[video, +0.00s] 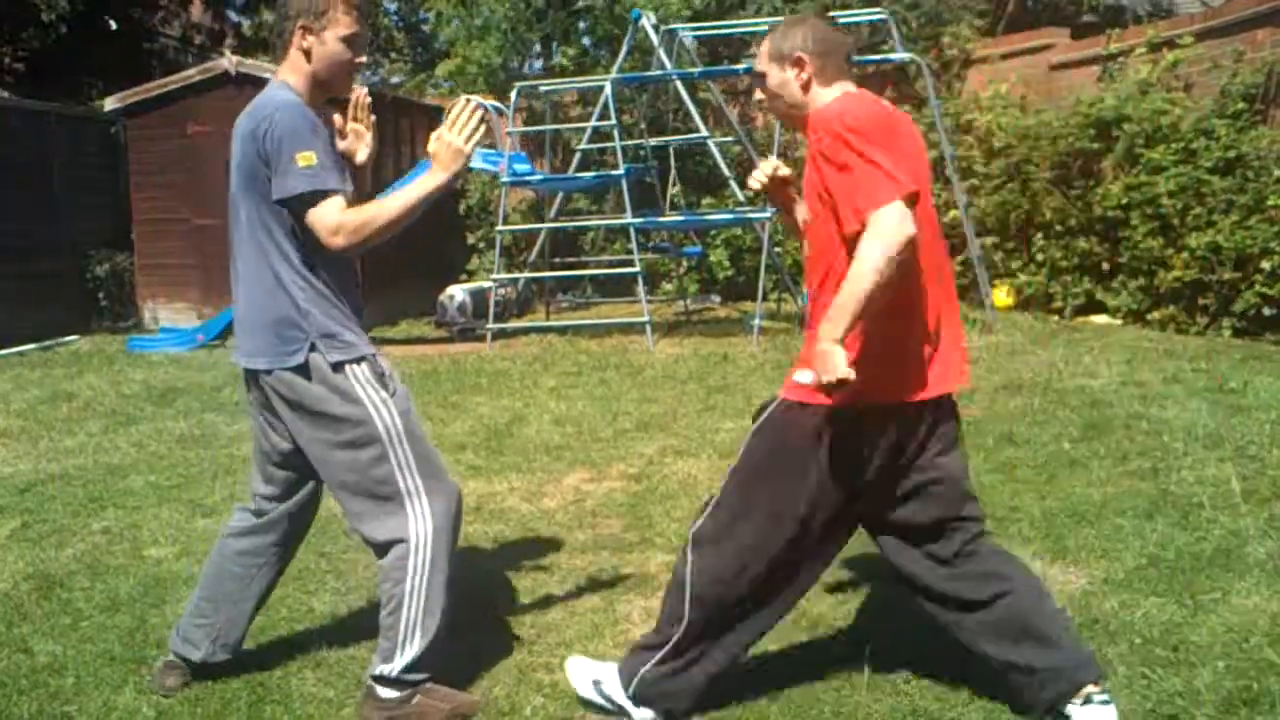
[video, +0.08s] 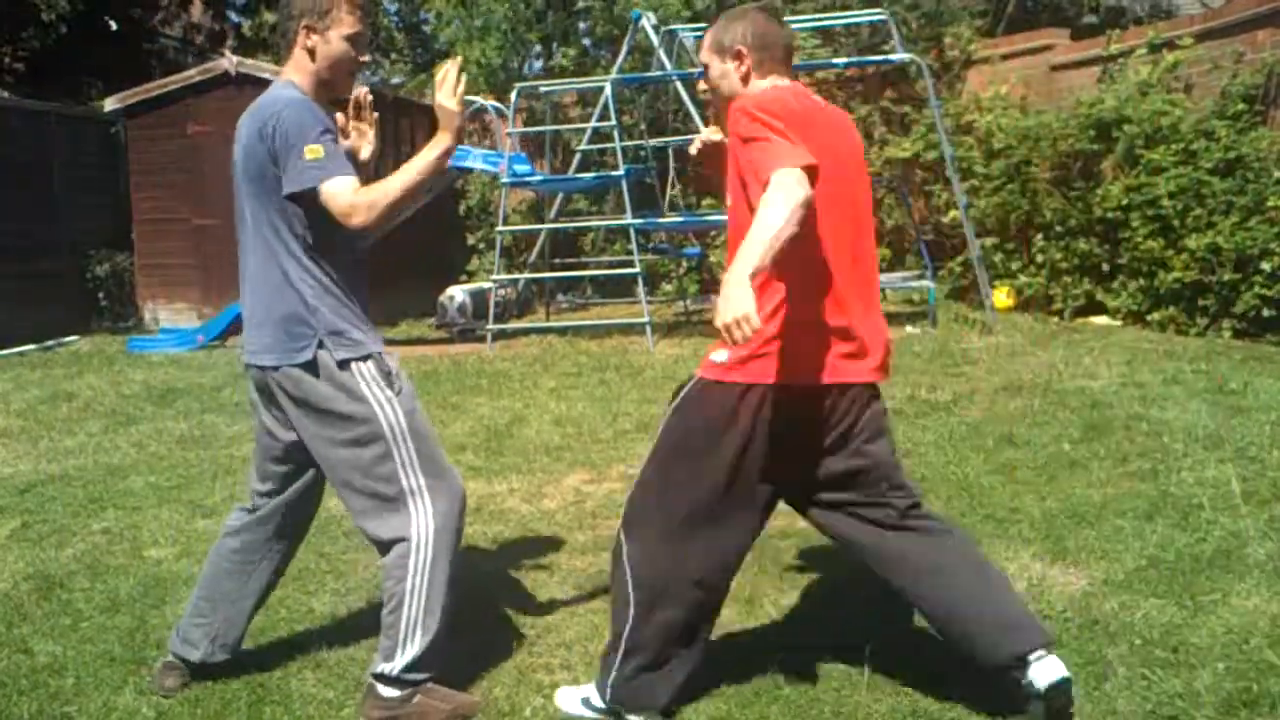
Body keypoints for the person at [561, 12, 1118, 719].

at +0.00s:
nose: (762, 94)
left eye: (765, 78)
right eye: (759, 80)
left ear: (801, 70)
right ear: (819, 69)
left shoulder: (838, 119)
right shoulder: (887, 121)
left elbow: (889, 229)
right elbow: (836, 246)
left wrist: (830, 334)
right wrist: (787, 196)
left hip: (843, 388)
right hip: (911, 387)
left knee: (740, 539)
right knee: (954, 551)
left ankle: (654, 684)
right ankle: (1074, 687)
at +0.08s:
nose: (706, 86)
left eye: (707, 71)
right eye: (702, 72)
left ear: (740, 63)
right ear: (781, 63)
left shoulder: (755, 111)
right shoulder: (834, 120)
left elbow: (789, 188)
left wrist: (738, 275)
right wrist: (733, 155)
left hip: (757, 370)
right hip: (842, 371)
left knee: (663, 523)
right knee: (897, 518)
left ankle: (632, 690)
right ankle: (1031, 657)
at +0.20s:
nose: (656, 67)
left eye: (658, 54)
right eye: (655, 57)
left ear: (688, 48)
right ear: (737, 47)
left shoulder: (688, 80)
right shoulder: (796, 107)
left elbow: (651, 120)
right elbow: (805, 209)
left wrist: (547, 142)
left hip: (700, 341)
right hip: (789, 341)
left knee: (636, 513)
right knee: (813, 483)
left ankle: (629, 690)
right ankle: (903, 614)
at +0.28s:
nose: (631, 61)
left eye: (634, 50)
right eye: (632, 50)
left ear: (658, 42)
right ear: (713, 47)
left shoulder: (646, 69)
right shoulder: (777, 105)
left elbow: (542, 74)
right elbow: (796, 211)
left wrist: (435, 63)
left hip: (668, 335)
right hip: (758, 337)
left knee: (629, 508)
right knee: (769, 476)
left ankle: (628, 689)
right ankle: (815, 606)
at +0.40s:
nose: (605, 58)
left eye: (607, 48)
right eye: (608, 49)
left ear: (622, 47)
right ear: (676, 51)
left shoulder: (607, 73)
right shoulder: (731, 106)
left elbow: (513, 84)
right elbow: (784, 208)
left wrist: (432, 55)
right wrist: (740, 257)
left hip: (623, 327)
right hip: (701, 330)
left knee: (613, 506)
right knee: (686, 466)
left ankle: (623, 688)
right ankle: (707, 592)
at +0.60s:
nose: (553, 61)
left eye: (558, 47)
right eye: (554, 49)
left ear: (592, 41)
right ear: (617, 44)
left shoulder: (589, 86)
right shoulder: (673, 109)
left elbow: (530, 172)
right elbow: (712, 191)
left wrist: (444, 150)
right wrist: (657, 244)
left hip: (591, 320)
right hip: (646, 320)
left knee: (555, 491)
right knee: (613, 468)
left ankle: (616, 657)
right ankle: (658, 595)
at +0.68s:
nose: (541, 46)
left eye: (548, 33)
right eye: (542, 33)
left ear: (583, 33)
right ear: (592, 33)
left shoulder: (600, 88)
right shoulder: (634, 90)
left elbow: (589, 198)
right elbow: (635, 199)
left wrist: (493, 220)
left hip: (586, 321)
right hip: (620, 319)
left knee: (524, 476)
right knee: (598, 462)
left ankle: (598, 630)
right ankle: (653, 587)